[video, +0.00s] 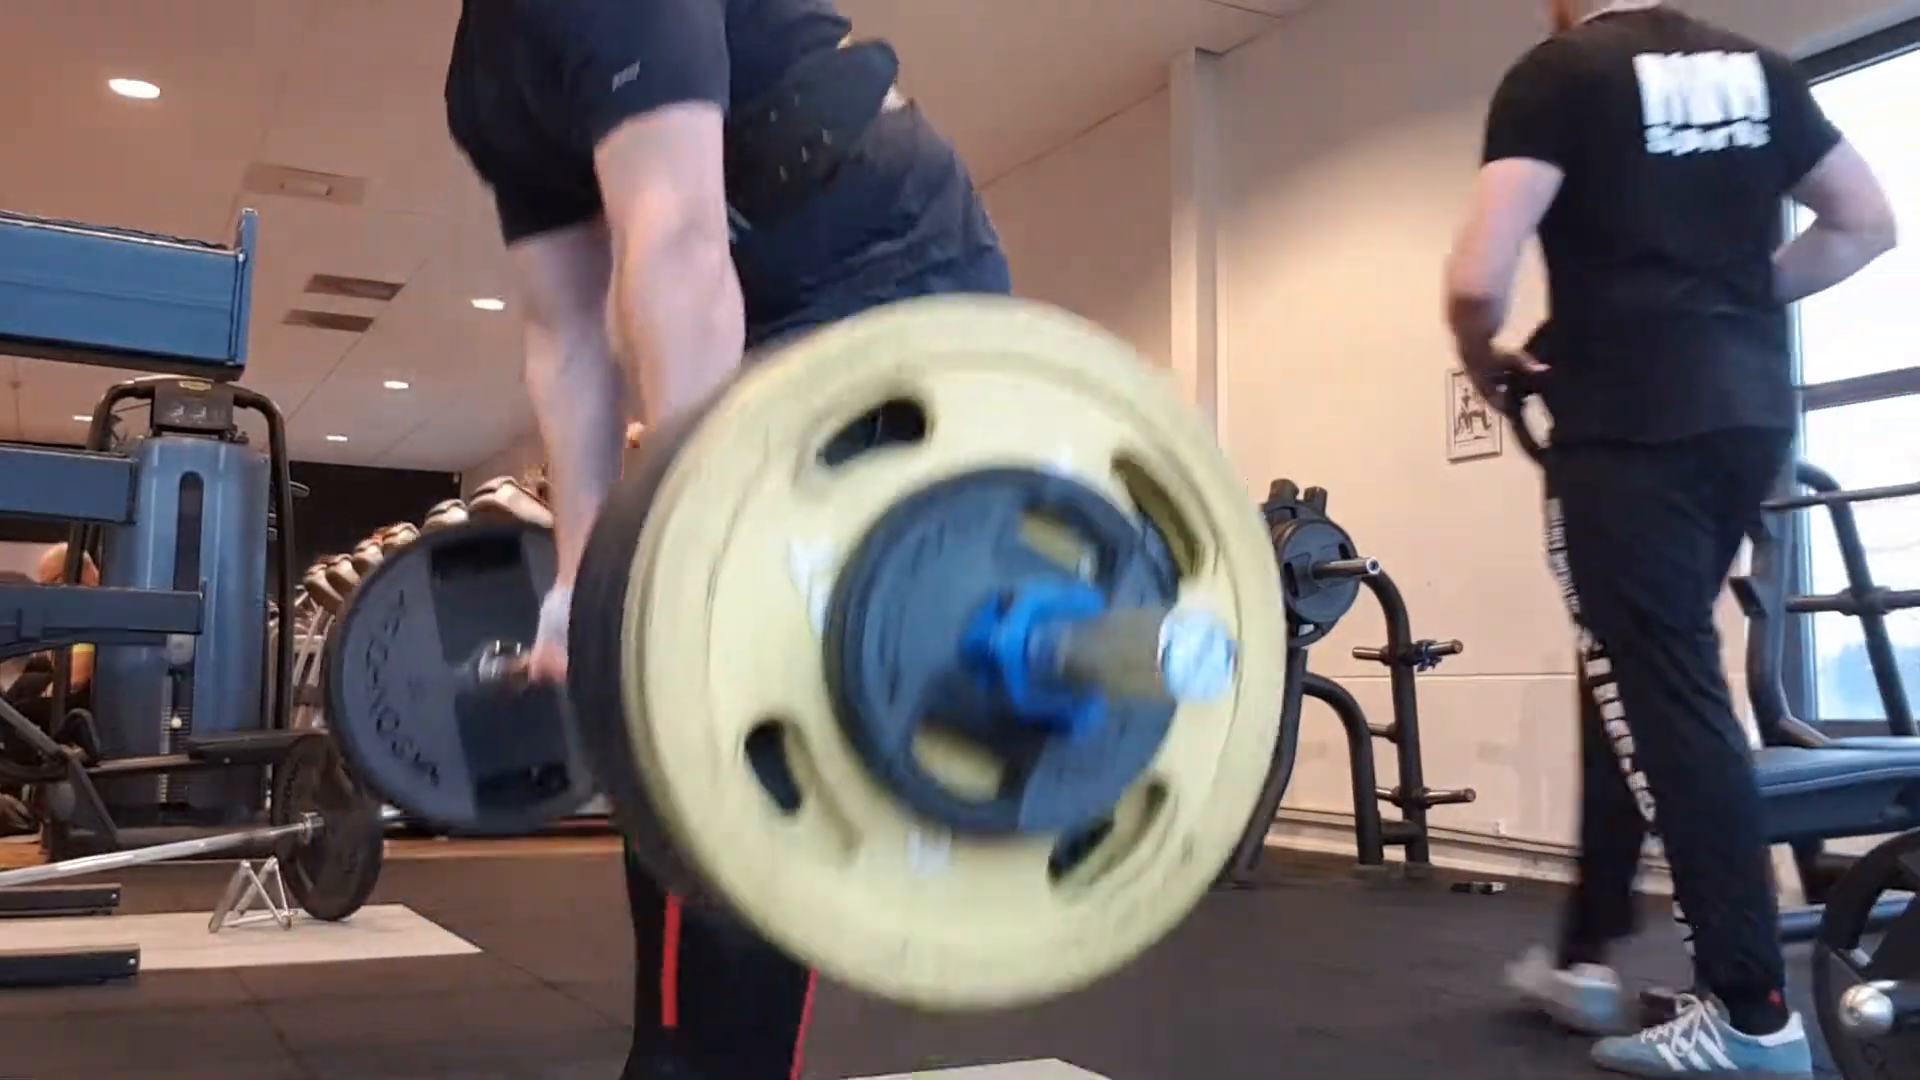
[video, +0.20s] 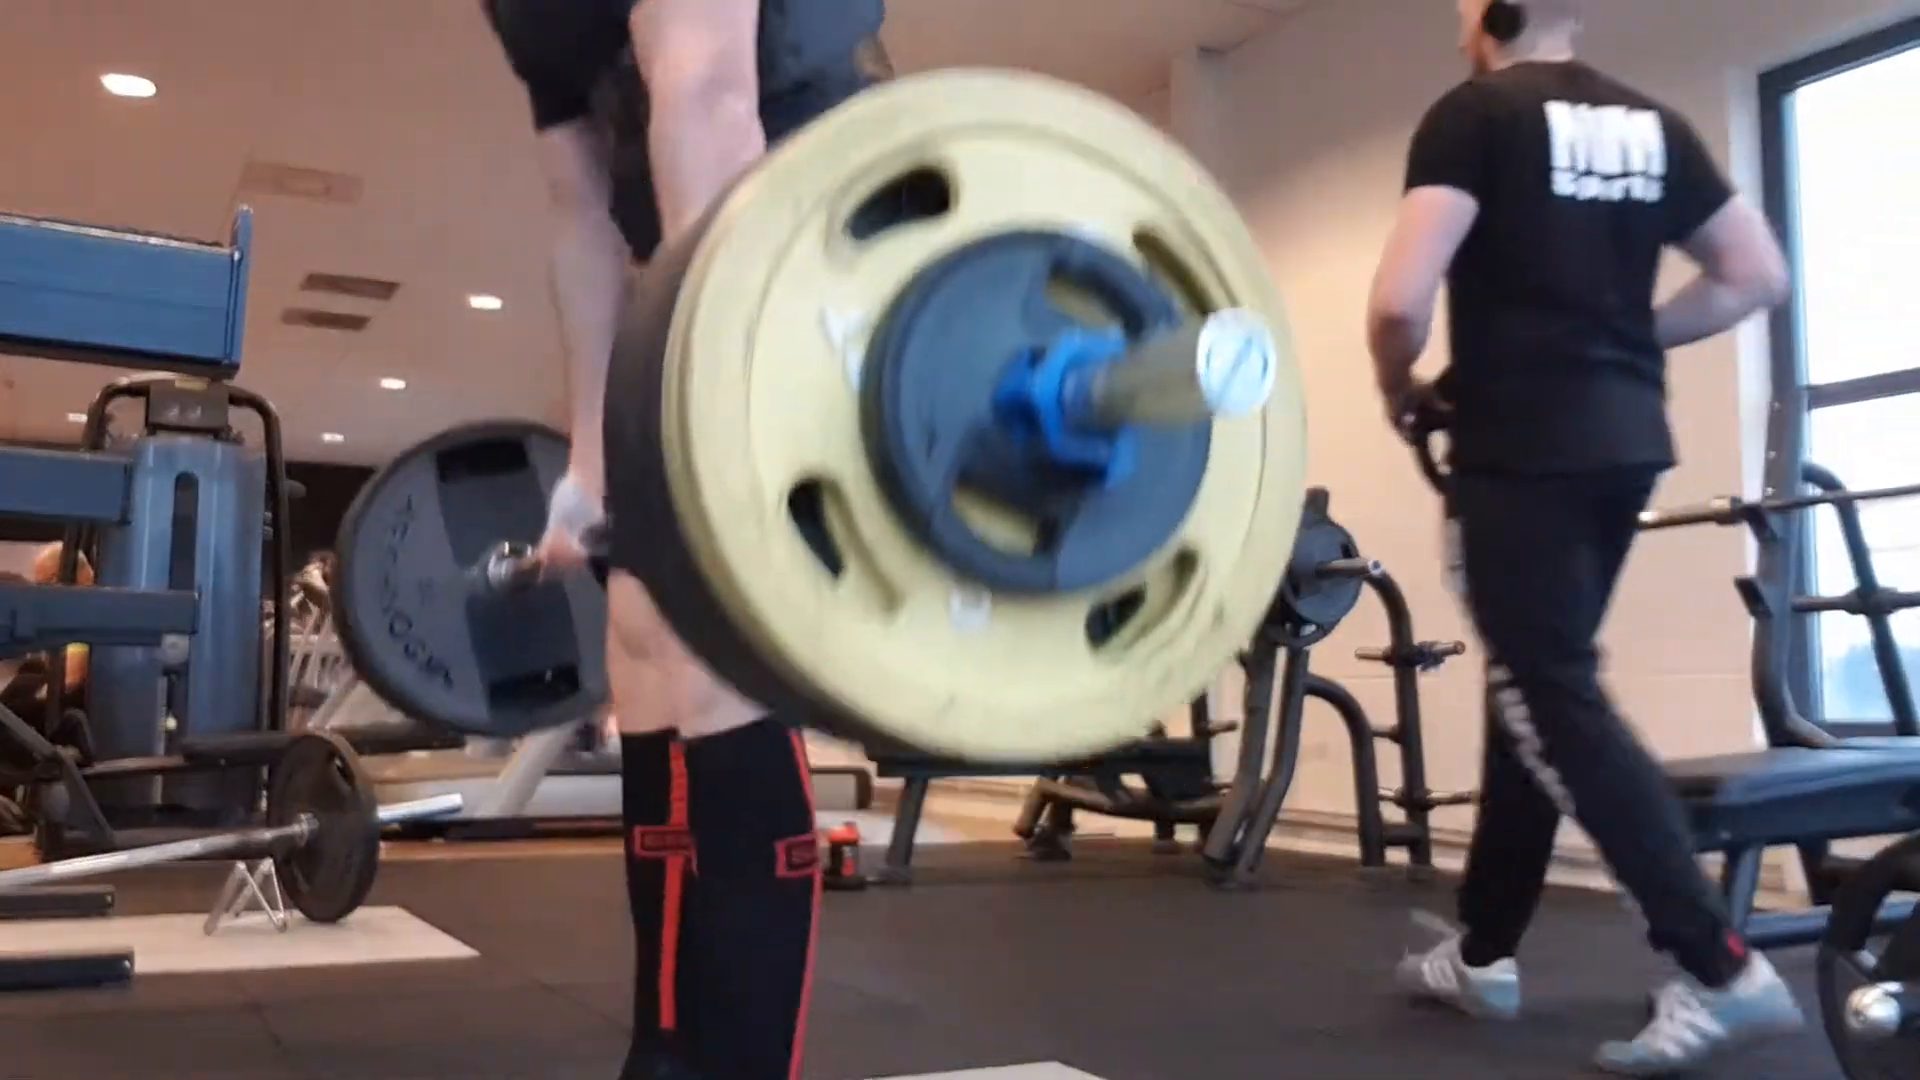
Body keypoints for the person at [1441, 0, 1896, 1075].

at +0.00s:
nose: (1539, 29)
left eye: (1539, 22)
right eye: (1544, 24)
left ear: (1563, 9)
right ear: (1655, 1)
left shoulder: (1555, 72)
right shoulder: (1757, 67)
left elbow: (1474, 283)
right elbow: (1865, 223)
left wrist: (1482, 356)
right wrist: (1745, 291)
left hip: (1630, 421)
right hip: (1752, 419)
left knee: (1676, 703)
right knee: (1628, 677)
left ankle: (1753, 1013)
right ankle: (1587, 961)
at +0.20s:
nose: (1460, 36)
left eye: (1463, 23)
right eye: (1467, 24)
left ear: (1485, 25)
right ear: (1569, 25)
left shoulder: (1472, 115)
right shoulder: (1651, 122)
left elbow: (1397, 306)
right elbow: (1755, 275)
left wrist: (1398, 391)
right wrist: (1631, 332)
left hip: (1521, 444)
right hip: (1626, 445)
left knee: (1555, 702)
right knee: (1532, 692)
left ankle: (1718, 970)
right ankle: (1483, 954)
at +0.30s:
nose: (1414, 42)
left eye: (1420, 25)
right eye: (1419, 25)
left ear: (1448, 30)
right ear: (1520, 31)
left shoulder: (1437, 125)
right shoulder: (1597, 137)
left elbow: (1383, 307)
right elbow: (1679, 295)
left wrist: (1357, 390)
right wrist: (1568, 335)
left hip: (1467, 441)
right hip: (1570, 442)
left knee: (1438, 693)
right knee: (1500, 694)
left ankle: (1615, 894)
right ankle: (1475, 954)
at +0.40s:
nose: (1370, 61)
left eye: (1375, 42)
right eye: (1373, 43)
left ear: (1405, 40)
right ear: (1470, 43)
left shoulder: (1405, 135)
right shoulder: (1542, 147)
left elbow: (1364, 313)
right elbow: (1617, 298)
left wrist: (1321, 385)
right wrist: (1515, 341)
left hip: (1427, 441)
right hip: (1525, 441)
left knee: (1339, 649)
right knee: (1477, 679)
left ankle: (1494, 867)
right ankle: (1477, 948)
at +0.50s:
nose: (1325, 77)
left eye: (1331, 59)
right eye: (1328, 59)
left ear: (1364, 57)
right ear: (1423, 64)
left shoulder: (1368, 145)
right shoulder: (1494, 162)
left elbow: (1346, 314)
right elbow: (1559, 308)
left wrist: (1287, 399)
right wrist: (1462, 356)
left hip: (1375, 457)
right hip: (1477, 459)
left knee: (1291, 651)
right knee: (1450, 685)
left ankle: (1354, 910)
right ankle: (1472, 946)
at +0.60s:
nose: (1284, 102)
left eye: (1289, 86)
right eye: (1285, 86)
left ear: (1319, 84)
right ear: (1376, 84)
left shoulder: (1325, 161)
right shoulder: (1444, 177)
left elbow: (1316, 328)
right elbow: (1506, 325)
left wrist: (1254, 411)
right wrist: (1414, 365)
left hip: (1334, 467)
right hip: (1434, 466)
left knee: (1283, 695)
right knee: (1427, 692)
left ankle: (1219, 918)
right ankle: (1472, 949)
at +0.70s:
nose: (1237, 123)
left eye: (1241, 108)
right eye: (1240, 106)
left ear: (1267, 109)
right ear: (1327, 108)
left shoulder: (1272, 190)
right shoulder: (1395, 201)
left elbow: (1269, 353)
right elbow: (1459, 341)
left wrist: (1206, 430)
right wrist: (1360, 377)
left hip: (1287, 488)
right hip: (1385, 482)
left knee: (1253, 706)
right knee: (1387, 700)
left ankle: (1187, 923)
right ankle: (1466, 939)